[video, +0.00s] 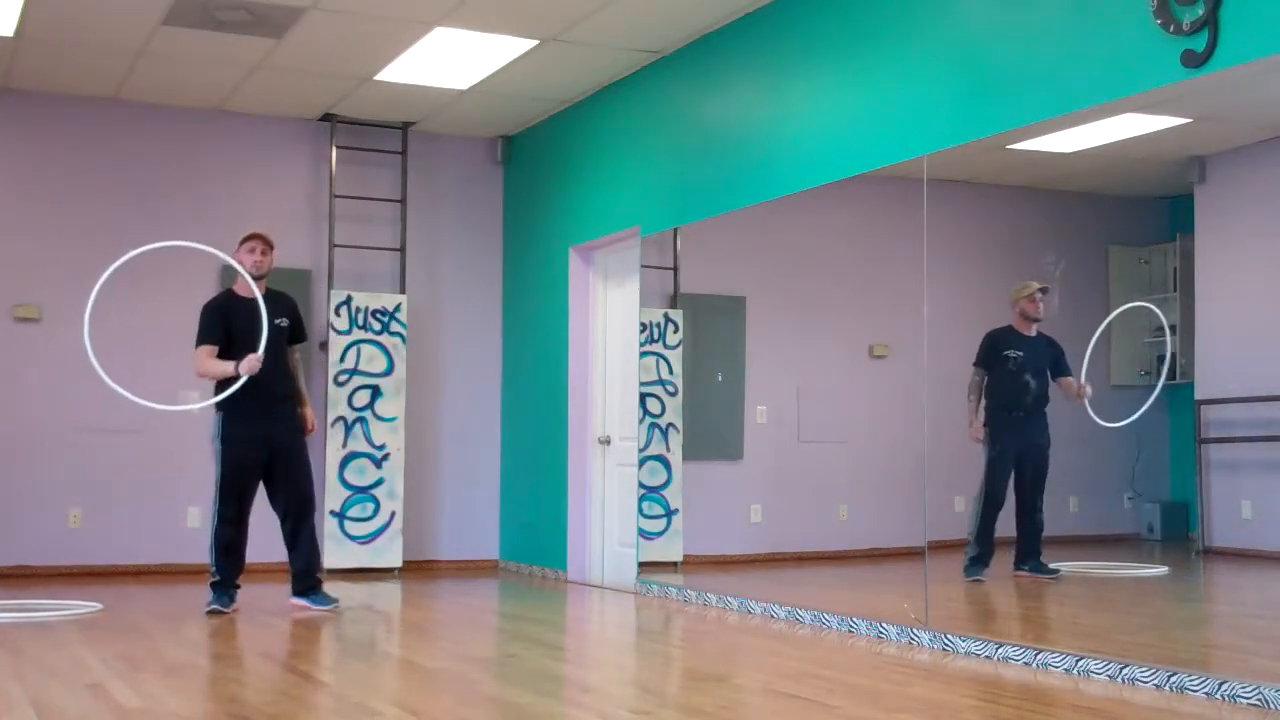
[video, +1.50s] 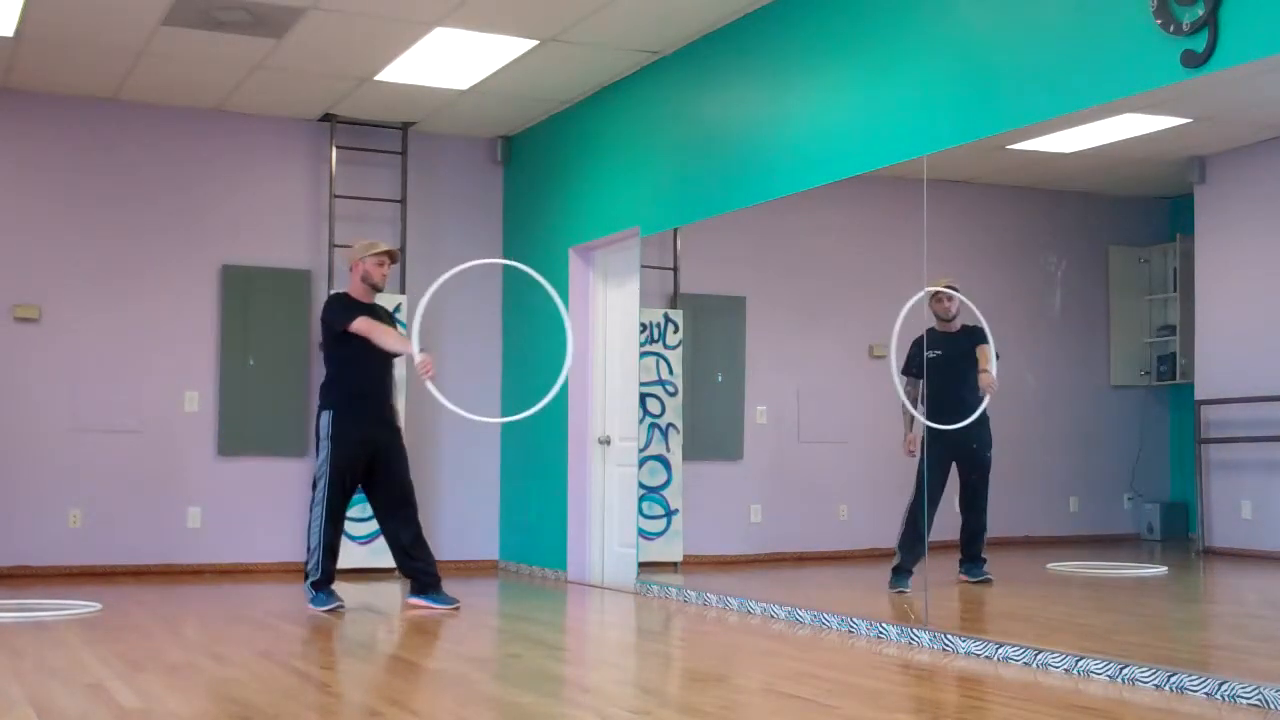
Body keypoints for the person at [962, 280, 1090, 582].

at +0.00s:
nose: (1039, 305)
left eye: (1041, 300)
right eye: (1033, 300)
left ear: (1043, 306)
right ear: (1018, 305)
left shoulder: (1049, 345)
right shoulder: (996, 339)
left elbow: (1065, 382)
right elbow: (977, 379)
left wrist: (1078, 390)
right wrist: (974, 418)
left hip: (1035, 427)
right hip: (1001, 426)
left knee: (1032, 498)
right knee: (993, 496)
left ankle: (1028, 560)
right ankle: (977, 562)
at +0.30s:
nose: (1007, 307)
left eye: (1009, 302)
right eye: (1000, 303)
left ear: (1013, 308)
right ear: (986, 308)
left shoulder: (1024, 346)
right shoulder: (968, 343)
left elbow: (1042, 384)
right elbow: (954, 386)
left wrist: (1055, 405)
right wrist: (953, 423)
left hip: (1016, 431)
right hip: (979, 431)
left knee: (1021, 499)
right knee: (968, 500)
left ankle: (1027, 560)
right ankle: (949, 563)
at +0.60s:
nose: (975, 304)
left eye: (977, 299)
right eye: (967, 299)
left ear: (979, 303)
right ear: (953, 305)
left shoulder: (993, 340)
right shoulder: (936, 342)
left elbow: (1012, 381)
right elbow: (922, 390)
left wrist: (1028, 411)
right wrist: (921, 427)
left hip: (988, 430)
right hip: (950, 433)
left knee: (1004, 495)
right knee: (946, 502)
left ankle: (1008, 557)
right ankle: (943, 564)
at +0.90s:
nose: (970, 301)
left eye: (971, 296)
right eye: (963, 297)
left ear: (973, 301)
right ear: (948, 303)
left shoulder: (989, 339)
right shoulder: (934, 339)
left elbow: (1007, 375)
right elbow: (919, 385)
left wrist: (1015, 398)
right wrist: (921, 423)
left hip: (982, 431)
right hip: (946, 431)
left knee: (979, 502)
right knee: (945, 502)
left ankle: (972, 564)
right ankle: (942, 564)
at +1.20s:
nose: (961, 304)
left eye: (965, 299)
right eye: (955, 299)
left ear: (972, 304)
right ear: (944, 305)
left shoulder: (988, 341)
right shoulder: (932, 340)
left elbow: (1010, 380)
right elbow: (919, 387)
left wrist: (1010, 404)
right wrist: (918, 425)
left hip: (979, 433)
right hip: (941, 433)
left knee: (976, 502)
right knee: (928, 499)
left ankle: (970, 564)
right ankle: (915, 570)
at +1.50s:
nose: (945, 304)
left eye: (950, 299)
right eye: (938, 300)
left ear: (959, 304)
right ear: (930, 307)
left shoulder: (975, 333)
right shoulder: (922, 343)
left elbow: (984, 355)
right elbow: (910, 391)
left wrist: (984, 372)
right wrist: (909, 430)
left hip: (974, 430)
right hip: (937, 433)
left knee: (975, 502)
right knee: (923, 502)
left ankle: (972, 565)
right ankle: (902, 571)